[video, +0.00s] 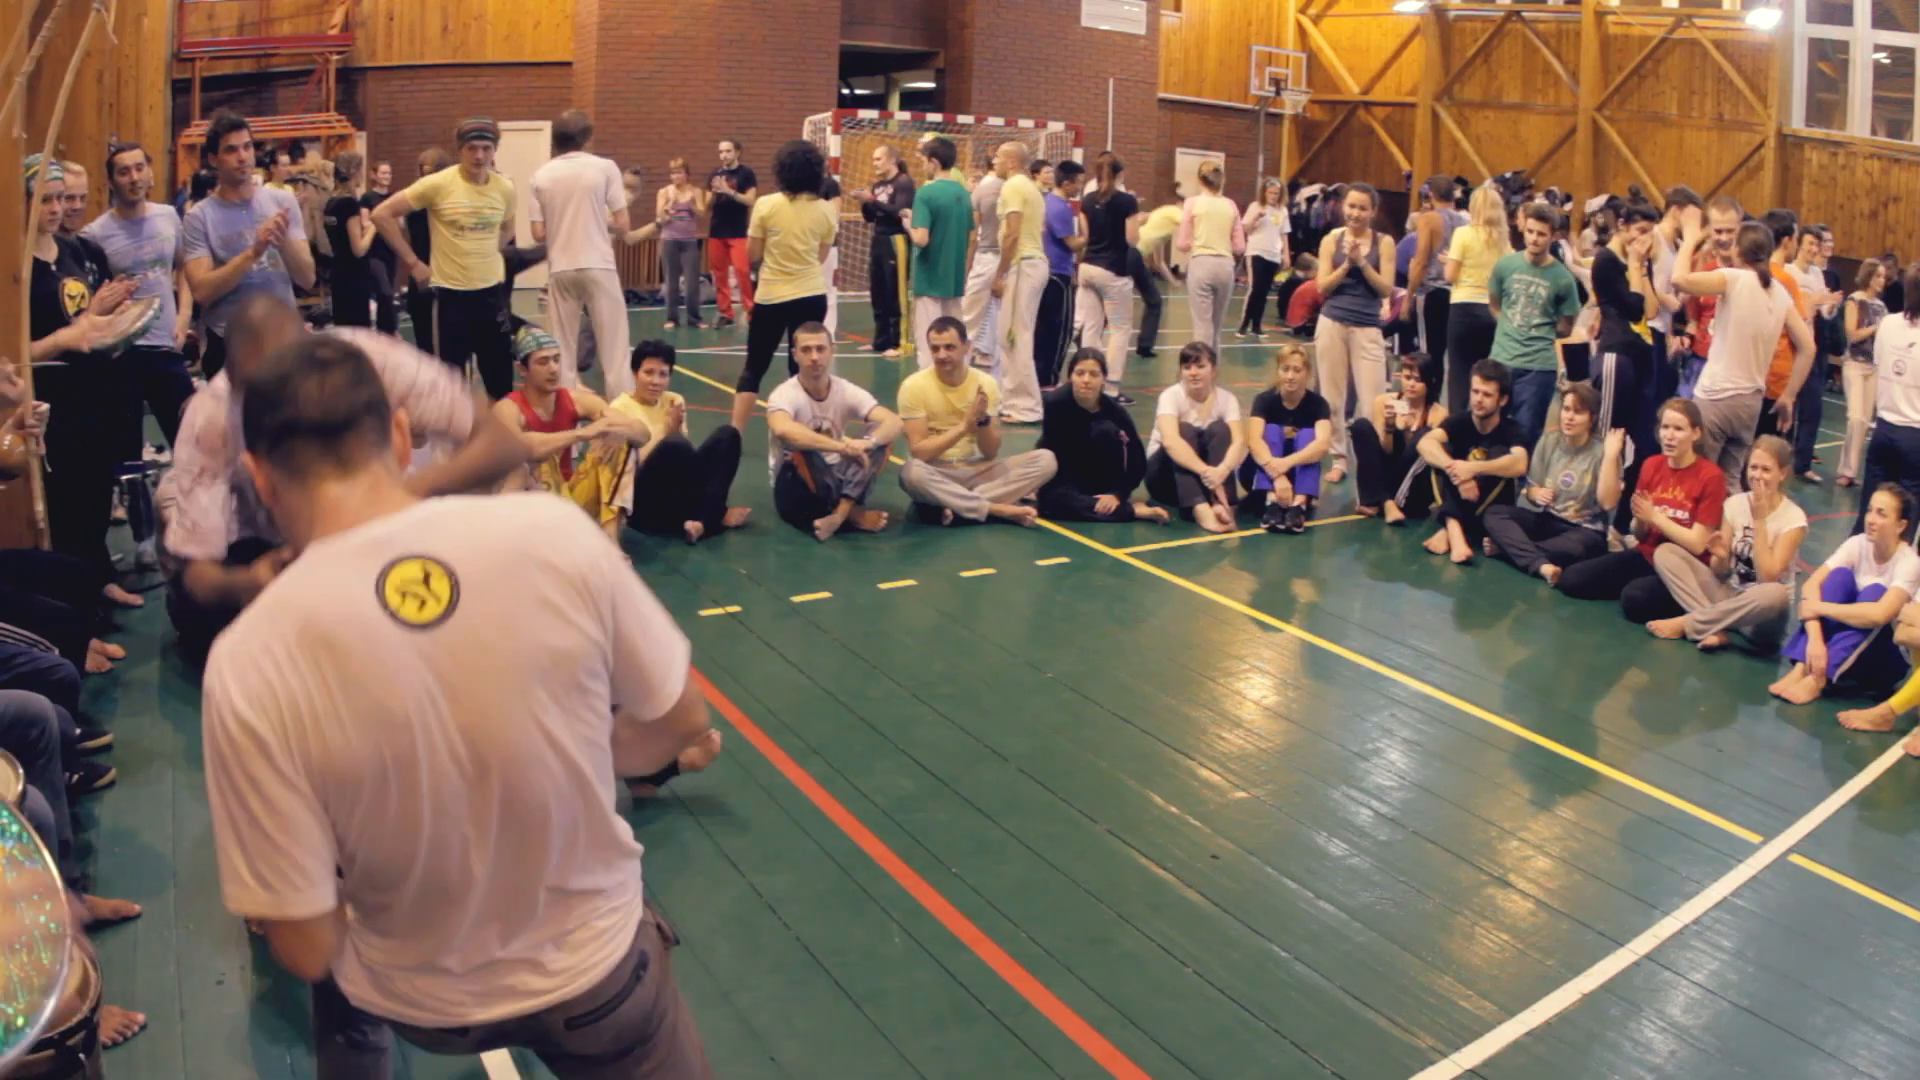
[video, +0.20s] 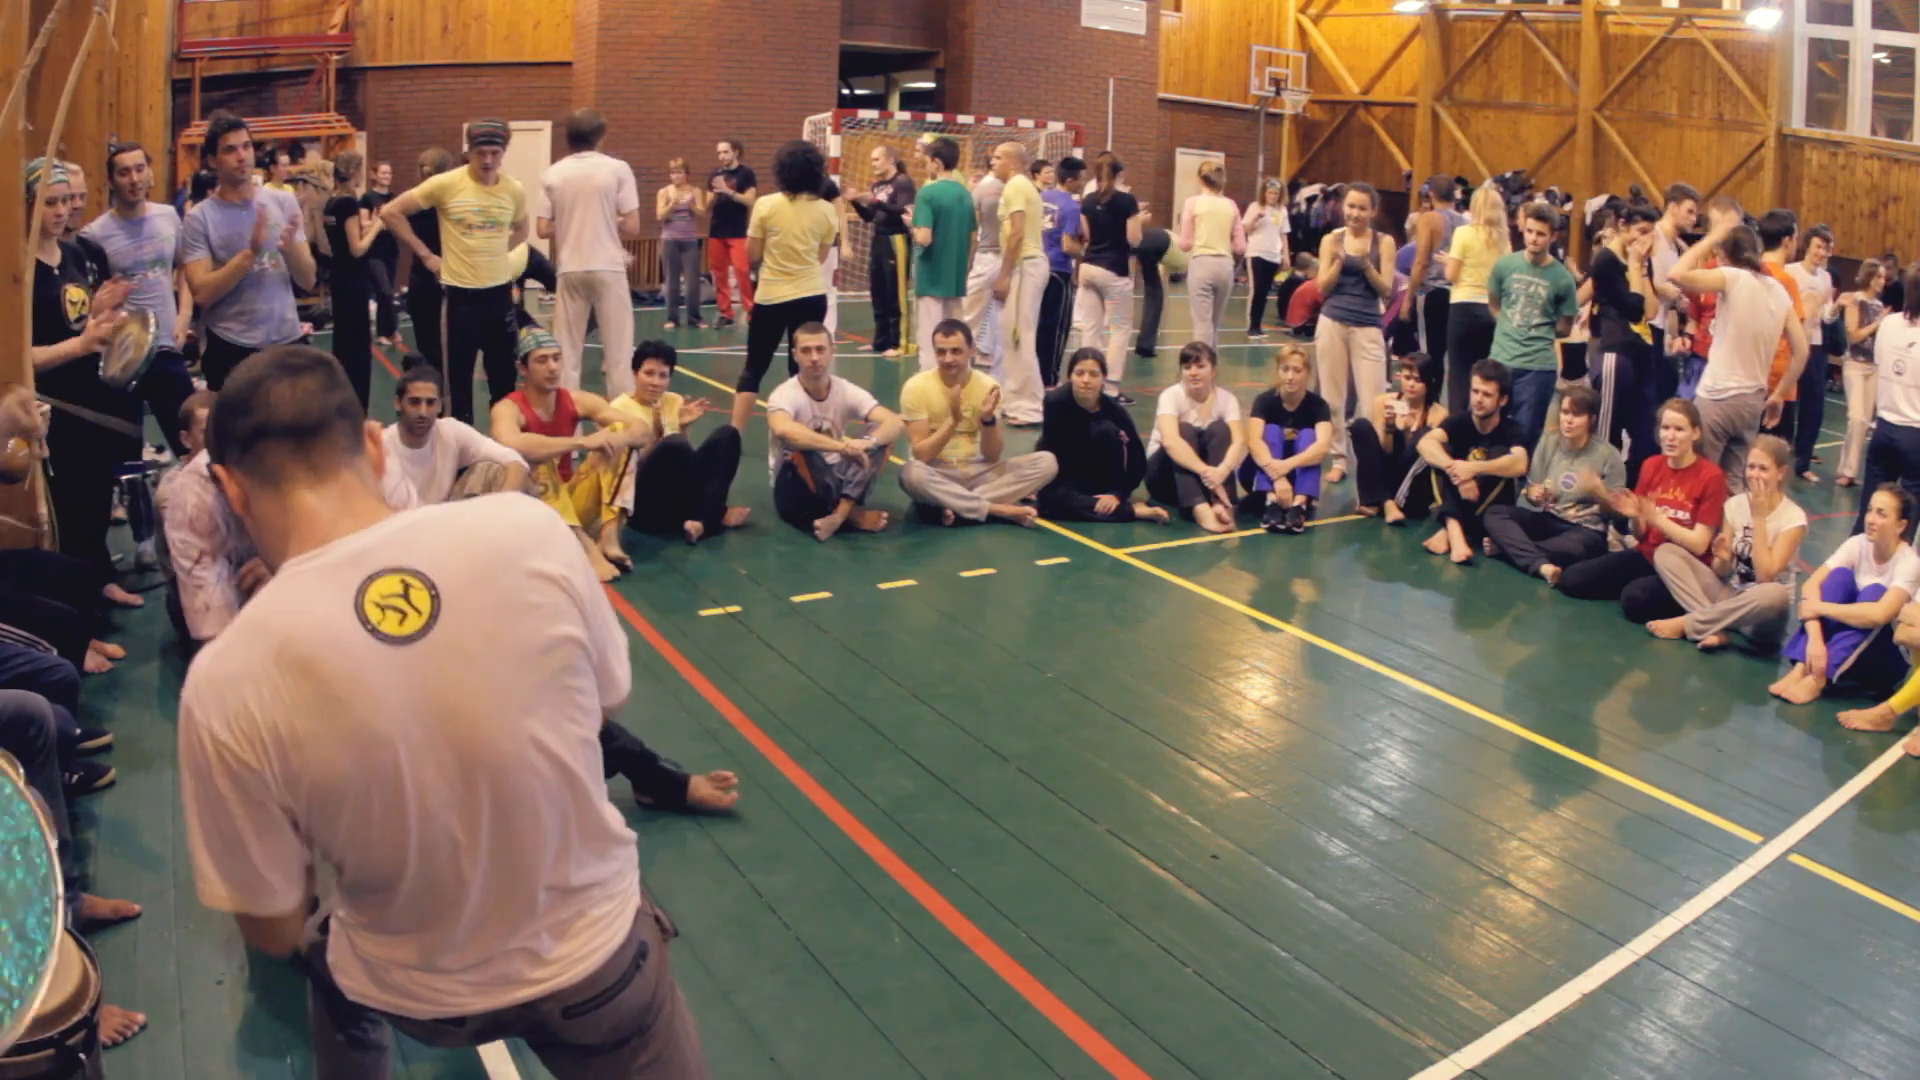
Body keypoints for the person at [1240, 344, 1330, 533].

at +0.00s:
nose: (1290, 376)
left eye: (1296, 371)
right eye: (1285, 370)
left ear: (1307, 374)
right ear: (1278, 372)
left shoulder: (1318, 404)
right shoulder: (1264, 401)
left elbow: (1322, 445)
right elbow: (1254, 440)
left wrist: (1285, 463)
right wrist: (1278, 477)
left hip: (1298, 480)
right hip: (1261, 476)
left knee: (1307, 434)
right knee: (1272, 430)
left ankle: (1300, 500)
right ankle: (1272, 500)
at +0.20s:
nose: (1290, 376)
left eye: (1296, 371)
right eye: (1285, 370)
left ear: (1307, 374)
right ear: (1278, 372)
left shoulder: (1318, 405)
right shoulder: (1264, 401)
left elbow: (1323, 447)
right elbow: (1253, 440)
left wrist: (1285, 465)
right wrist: (1278, 479)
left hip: (1299, 481)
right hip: (1262, 477)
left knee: (1308, 434)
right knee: (1272, 430)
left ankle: (1300, 501)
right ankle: (1272, 500)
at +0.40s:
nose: (1289, 378)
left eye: (1296, 373)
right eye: (1284, 372)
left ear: (1307, 376)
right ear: (1277, 373)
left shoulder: (1318, 406)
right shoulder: (1264, 402)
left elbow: (1323, 449)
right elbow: (1253, 442)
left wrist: (1285, 466)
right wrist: (1278, 479)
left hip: (1299, 481)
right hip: (1262, 477)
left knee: (1308, 434)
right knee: (1271, 430)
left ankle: (1300, 501)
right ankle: (1272, 500)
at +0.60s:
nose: (1289, 379)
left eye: (1296, 374)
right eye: (1284, 373)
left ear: (1307, 376)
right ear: (1278, 374)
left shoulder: (1318, 406)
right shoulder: (1264, 402)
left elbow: (1322, 449)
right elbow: (1253, 442)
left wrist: (1284, 465)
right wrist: (1279, 478)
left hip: (1299, 481)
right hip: (1262, 478)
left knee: (1307, 435)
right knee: (1272, 430)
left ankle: (1300, 501)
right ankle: (1272, 500)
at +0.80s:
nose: (1289, 377)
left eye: (1295, 372)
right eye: (1284, 371)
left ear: (1307, 375)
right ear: (1277, 373)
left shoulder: (1318, 405)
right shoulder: (1264, 401)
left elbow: (1322, 446)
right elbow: (1254, 440)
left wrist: (1285, 463)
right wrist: (1279, 477)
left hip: (1299, 481)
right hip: (1262, 477)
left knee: (1307, 434)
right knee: (1273, 430)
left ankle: (1300, 501)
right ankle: (1272, 500)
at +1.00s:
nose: (1286, 376)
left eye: (1293, 371)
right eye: (1282, 370)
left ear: (1305, 374)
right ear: (1276, 372)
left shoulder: (1317, 403)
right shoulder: (1263, 401)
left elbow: (1322, 443)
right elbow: (1253, 439)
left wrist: (1286, 461)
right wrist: (1279, 475)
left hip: (1299, 481)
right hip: (1262, 477)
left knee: (1306, 434)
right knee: (1273, 430)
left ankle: (1299, 501)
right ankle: (1272, 499)